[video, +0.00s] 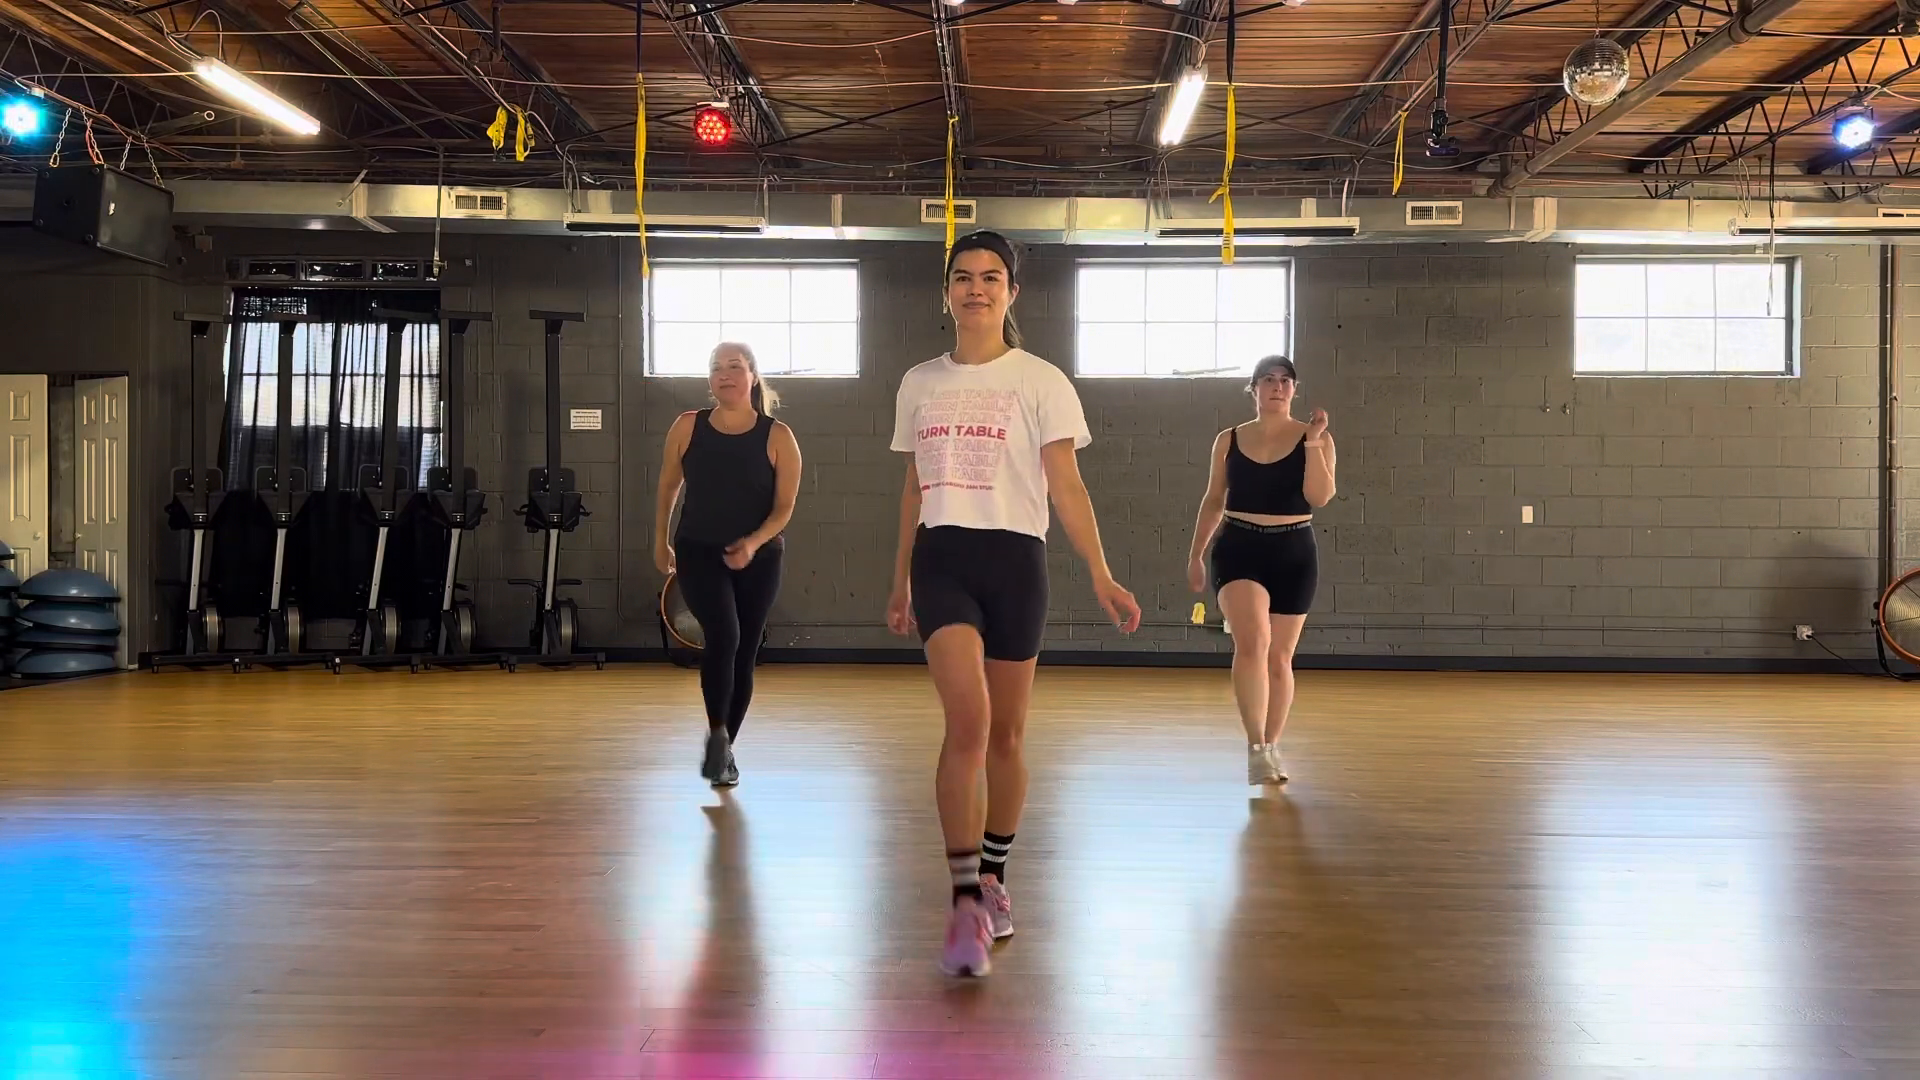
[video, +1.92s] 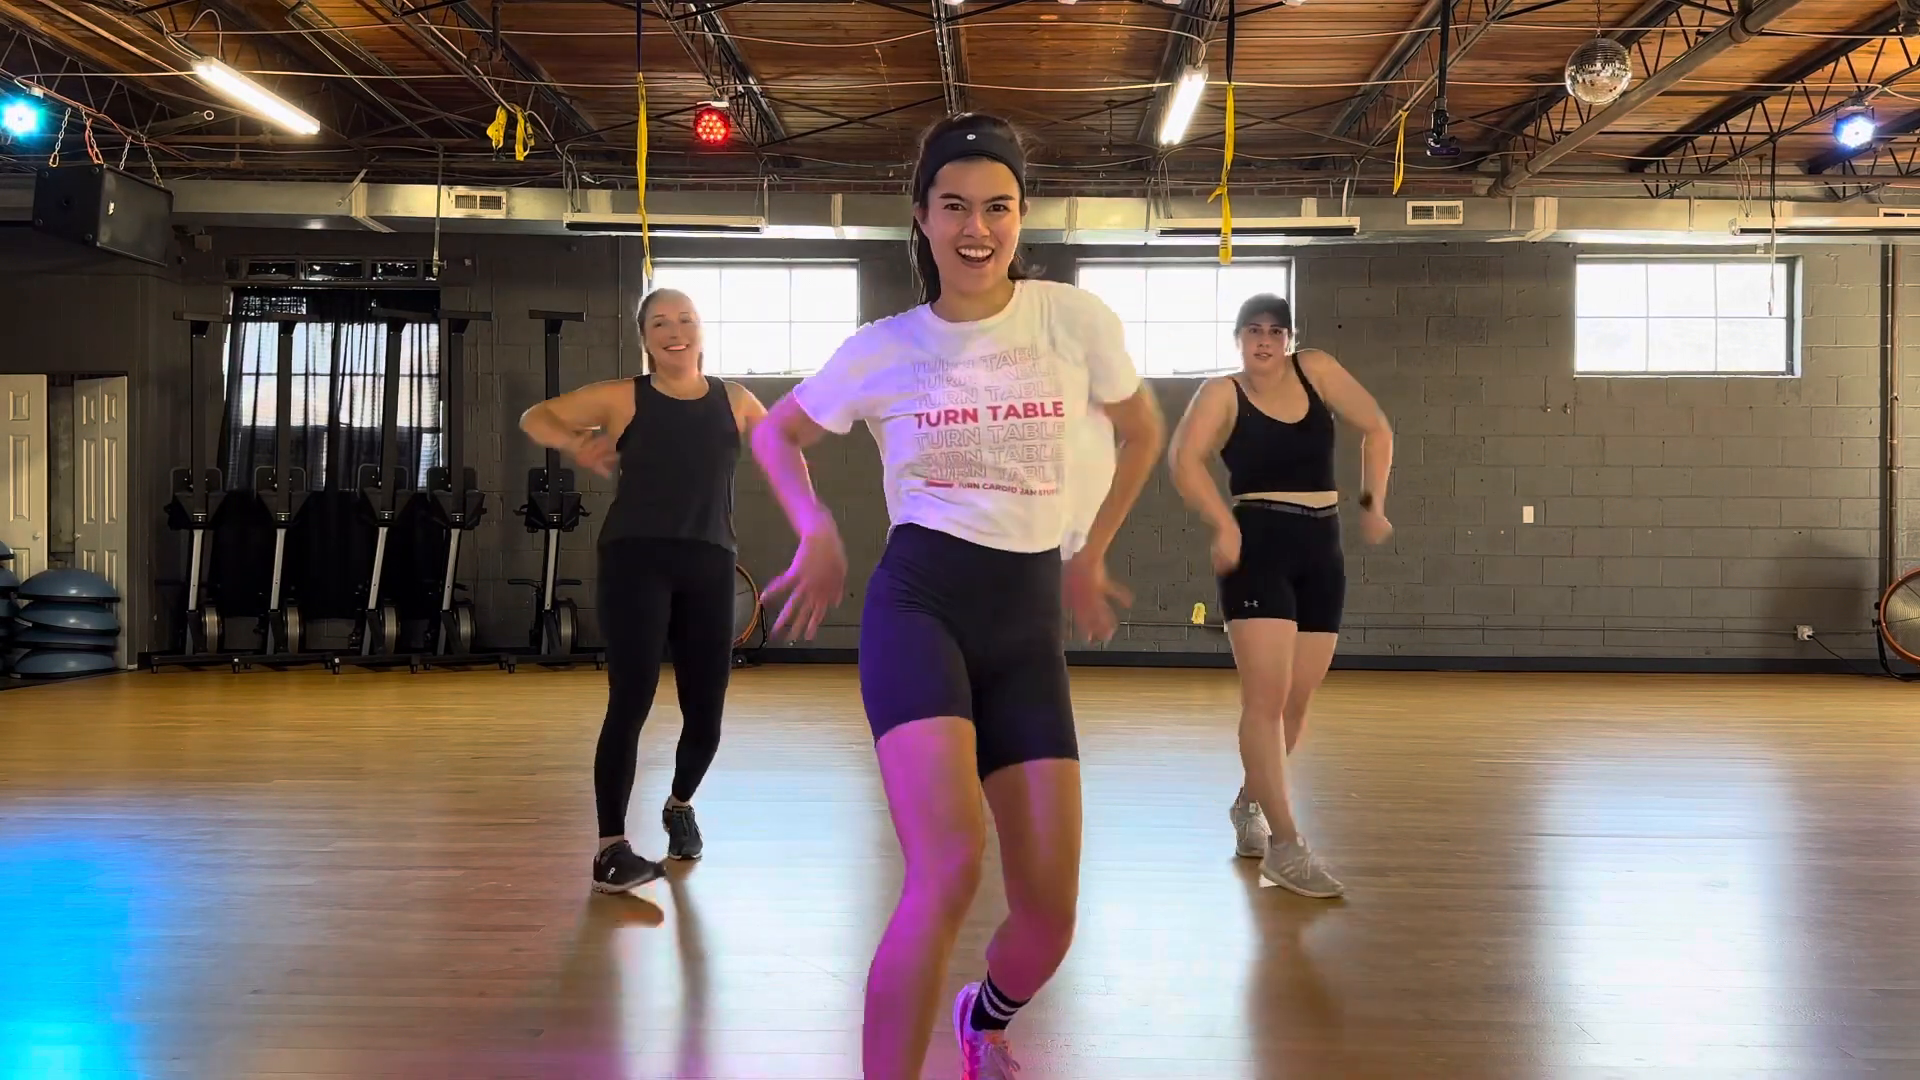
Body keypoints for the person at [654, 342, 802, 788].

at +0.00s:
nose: (726, 374)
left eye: (736, 367)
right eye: (718, 367)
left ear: (754, 377)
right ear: (709, 379)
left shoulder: (778, 436)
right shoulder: (687, 427)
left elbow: (784, 509)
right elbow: (668, 487)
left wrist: (755, 540)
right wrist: (661, 540)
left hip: (759, 553)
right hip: (699, 550)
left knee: (743, 654)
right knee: (723, 635)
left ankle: (725, 751)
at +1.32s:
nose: (688, 337)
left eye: (699, 329)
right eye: (680, 329)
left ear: (721, 343)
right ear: (670, 344)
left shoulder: (752, 405)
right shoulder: (645, 406)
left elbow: (775, 494)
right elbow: (630, 490)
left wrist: (780, 571)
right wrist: (620, 566)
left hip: (729, 563)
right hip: (659, 564)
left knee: (707, 690)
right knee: (668, 695)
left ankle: (684, 811)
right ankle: (719, 745)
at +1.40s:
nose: (686, 336)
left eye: (698, 328)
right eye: (678, 328)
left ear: (719, 341)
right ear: (667, 342)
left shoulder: (749, 407)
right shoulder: (643, 405)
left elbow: (772, 490)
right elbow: (622, 484)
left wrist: (799, 559)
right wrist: (586, 552)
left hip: (727, 566)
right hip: (657, 564)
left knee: (705, 692)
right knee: (643, 688)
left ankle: (683, 812)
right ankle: (698, 706)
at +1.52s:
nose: (683, 338)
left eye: (694, 330)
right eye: (675, 329)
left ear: (718, 342)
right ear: (664, 340)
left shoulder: (745, 409)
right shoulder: (639, 398)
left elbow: (784, 488)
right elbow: (603, 467)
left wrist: (861, 478)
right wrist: (520, 469)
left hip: (726, 562)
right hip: (652, 559)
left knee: (706, 690)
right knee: (633, 677)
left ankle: (682, 811)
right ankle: (679, 662)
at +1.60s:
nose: (680, 336)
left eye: (693, 327)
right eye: (672, 327)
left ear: (716, 340)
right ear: (660, 339)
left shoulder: (741, 405)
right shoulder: (634, 395)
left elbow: (797, 468)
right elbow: (585, 444)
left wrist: (832, 405)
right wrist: (532, 386)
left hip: (723, 557)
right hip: (648, 554)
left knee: (705, 690)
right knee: (637, 670)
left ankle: (682, 811)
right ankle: (663, 686)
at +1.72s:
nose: (677, 334)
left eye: (689, 326)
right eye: (667, 325)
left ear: (712, 336)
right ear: (656, 335)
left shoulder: (741, 400)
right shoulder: (630, 391)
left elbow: (806, 449)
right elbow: (567, 417)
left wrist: (820, 387)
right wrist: (568, 362)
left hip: (720, 557)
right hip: (644, 553)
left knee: (700, 691)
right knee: (641, 661)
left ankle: (685, 810)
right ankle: (642, 757)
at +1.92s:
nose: (678, 331)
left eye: (687, 320)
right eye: (662, 323)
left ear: (703, 332)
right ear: (645, 340)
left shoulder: (736, 400)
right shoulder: (619, 397)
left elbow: (789, 467)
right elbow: (533, 418)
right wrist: (575, 445)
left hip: (708, 566)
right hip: (635, 564)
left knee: (705, 717)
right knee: (630, 701)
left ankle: (681, 804)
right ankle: (611, 846)